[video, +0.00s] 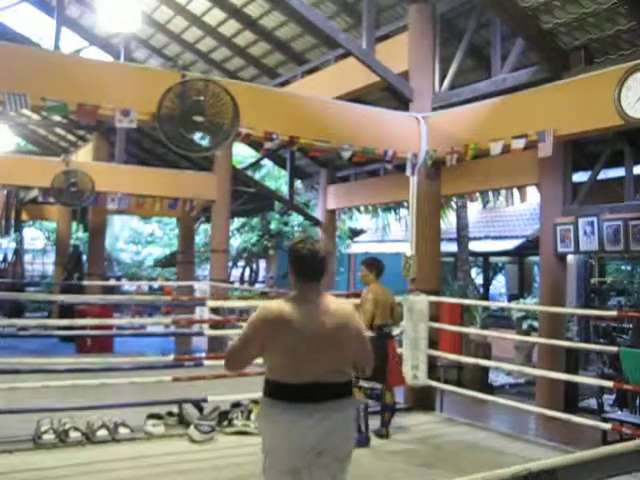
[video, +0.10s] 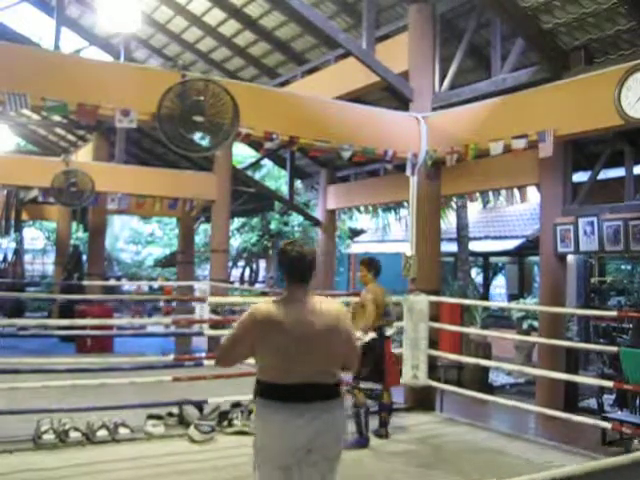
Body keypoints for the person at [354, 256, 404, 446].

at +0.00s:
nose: (361, 274)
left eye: (363, 271)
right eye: (361, 271)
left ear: (370, 272)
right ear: (377, 273)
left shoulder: (370, 293)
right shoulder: (388, 293)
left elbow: (366, 318)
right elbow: (395, 316)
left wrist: (360, 329)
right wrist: (385, 323)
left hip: (373, 333)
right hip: (387, 332)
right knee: (386, 381)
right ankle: (384, 426)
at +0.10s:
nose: (359, 275)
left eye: (362, 271)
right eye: (360, 271)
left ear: (370, 273)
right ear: (374, 273)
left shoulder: (368, 293)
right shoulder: (381, 292)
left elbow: (370, 317)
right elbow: (387, 316)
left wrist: (359, 330)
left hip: (368, 337)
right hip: (382, 336)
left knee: (356, 385)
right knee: (382, 384)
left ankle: (361, 434)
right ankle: (383, 427)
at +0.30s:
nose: (353, 275)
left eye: (358, 271)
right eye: (352, 271)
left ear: (367, 274)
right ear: (353, 272)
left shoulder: (370, 294)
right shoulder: (358, 294)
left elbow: (373, 323)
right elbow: (358, 319)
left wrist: (355, 332)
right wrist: (344, 321)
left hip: (367, 343)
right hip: (359, 342)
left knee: (359, 389)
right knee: (364, 388)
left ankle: (362, 434)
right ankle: (376, 426)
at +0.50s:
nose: (353, 275)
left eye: (357, 271)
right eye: (351, 270)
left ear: (365, 274)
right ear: (349, 271)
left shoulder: (369, 293)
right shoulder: (350, 292)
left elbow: (374, 320)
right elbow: (349, 316)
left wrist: (363, 331)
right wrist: (339, 326)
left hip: (362, 343)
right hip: (348, 342)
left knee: (359, 390)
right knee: (344, 390)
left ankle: (362, 433)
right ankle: (355, 425)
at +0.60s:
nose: (352, 275)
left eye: (356, 271)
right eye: (350, 270)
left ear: (363, 273)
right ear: (348, 272)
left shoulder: (369, 293)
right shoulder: (344, 294)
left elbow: (374, 319)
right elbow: (345, 319)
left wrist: (365, 335)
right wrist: (336, 329)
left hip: (361, 345)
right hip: (343, 345)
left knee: (360, 392)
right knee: (333, 392)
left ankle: (362, 435)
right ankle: (339, 431)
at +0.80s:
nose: (344, 275)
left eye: (348, 271)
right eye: (341, 271)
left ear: (354, 273)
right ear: (335, 273)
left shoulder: (361, 296)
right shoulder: (328, 296)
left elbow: (372, 323)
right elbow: (322, 321)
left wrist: (357, 336)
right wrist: (319, 330)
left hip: (353, 353)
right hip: (331, 353)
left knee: (357, 396)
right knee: (321, 395)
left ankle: (361, 436)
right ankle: (316, 439)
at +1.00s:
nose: (336, 273)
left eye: (338, 269)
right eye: (332, 269)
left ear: (341, 272)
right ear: (321, 272)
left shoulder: (350, 294)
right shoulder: (312, 297)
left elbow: (365, 320)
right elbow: (304, 321)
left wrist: (359, 338)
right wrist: (304, 337)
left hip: (343, 349)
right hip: (319, 350)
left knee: (344, 394)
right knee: (313, 398)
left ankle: (355, 427)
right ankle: (314, 441)